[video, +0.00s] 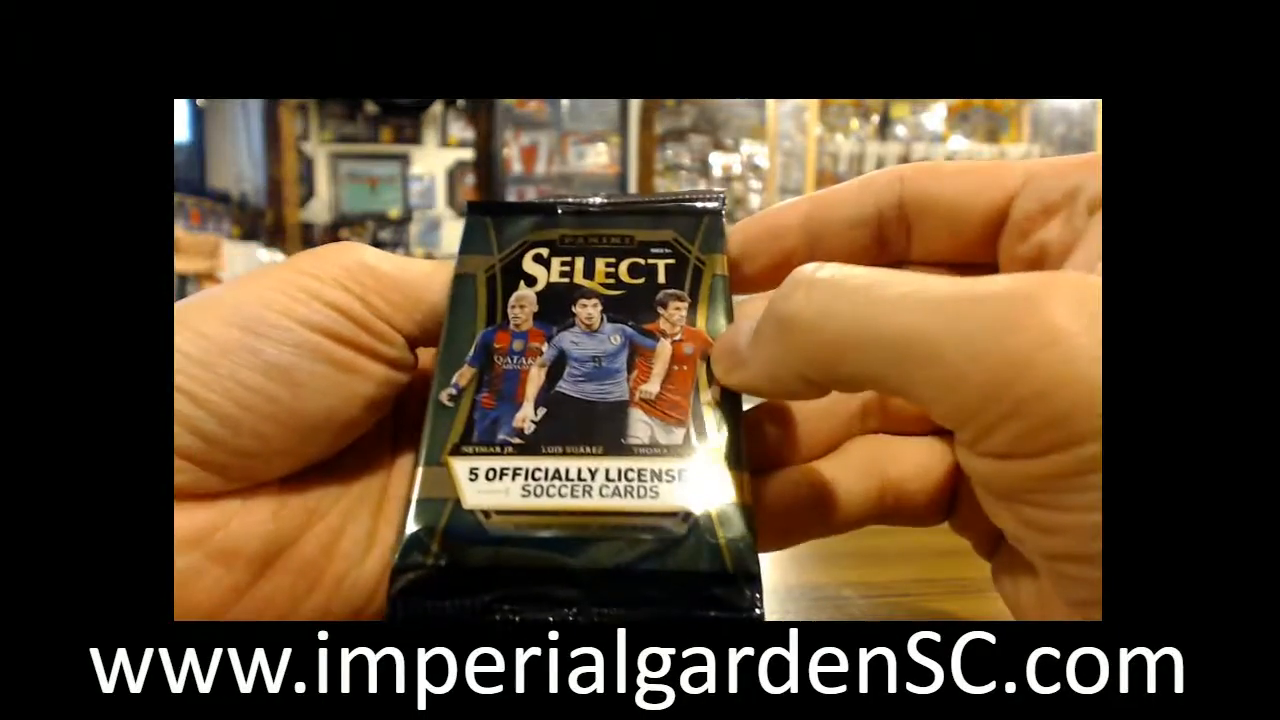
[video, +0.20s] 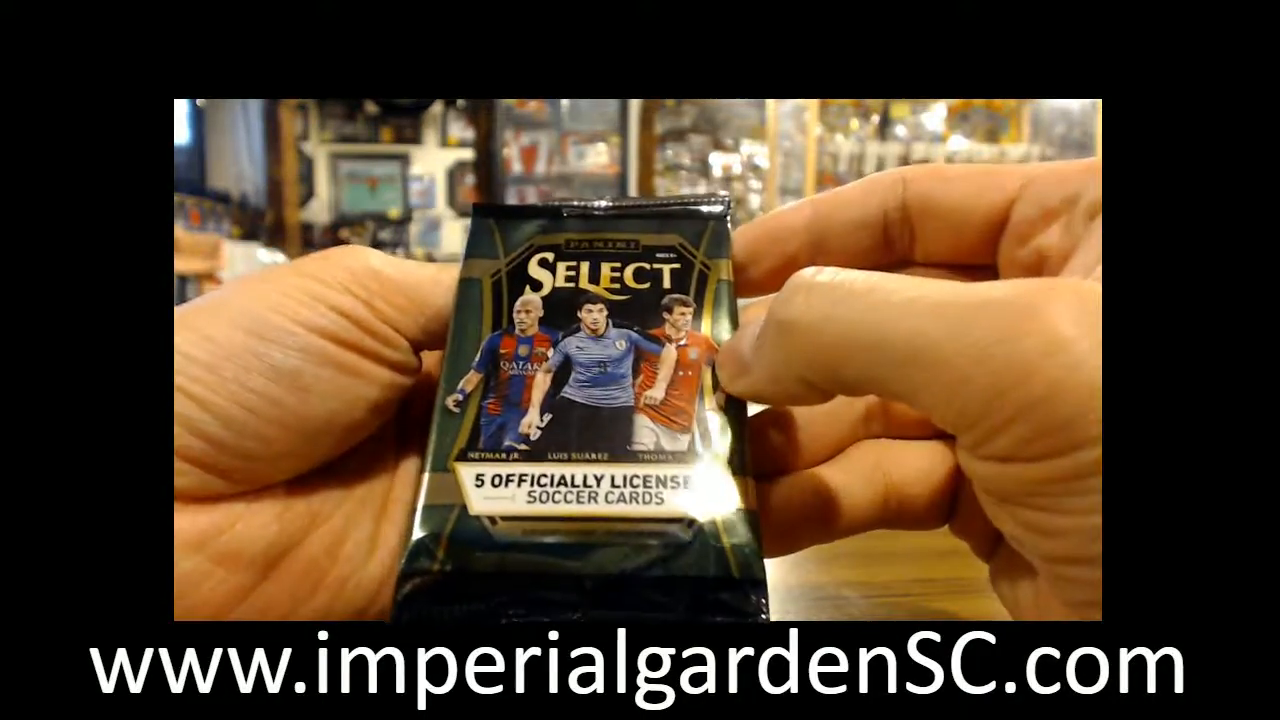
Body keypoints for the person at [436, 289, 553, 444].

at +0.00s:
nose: (516, 312)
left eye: (522, 307)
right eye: (512, 307)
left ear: (534, 308)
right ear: (507, 309)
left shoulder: (546, 337)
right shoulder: (490, 336)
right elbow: (470, 367)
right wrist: (455, 387)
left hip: (519, 407)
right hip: (487, 404)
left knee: (505, 449)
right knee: (480, 453)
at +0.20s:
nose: (522, 317)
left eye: (528, 312)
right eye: (518, 312)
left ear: (540, 313)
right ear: (513, 314)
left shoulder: (552, 341)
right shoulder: (496, 341)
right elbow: (476, 372)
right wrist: (460, 393)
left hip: (526, 412)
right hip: (494, 410)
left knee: (510, 455)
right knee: (487, 459)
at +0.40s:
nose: (522, 315)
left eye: (528, 311)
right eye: (518, 310)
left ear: (540, 312)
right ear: (513, 312)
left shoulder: (553, 340)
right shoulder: (496, 340)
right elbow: (477, 371)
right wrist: (461, 392)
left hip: (526, 412)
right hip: (494, 409)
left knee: (510, 456)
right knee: (488, 459)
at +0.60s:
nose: (517, 310)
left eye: (523, 304)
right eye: (513, 304)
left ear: (536, 305)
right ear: (507, 307)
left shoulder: (551, 339)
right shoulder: (493, 340)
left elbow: (561, 380)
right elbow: (478, 380)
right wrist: (465, 404)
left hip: (536, 423)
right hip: (501, 424)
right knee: (500, 483)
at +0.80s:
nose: (510, 317)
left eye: (517, 310)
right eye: (506, 310)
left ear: (530, 311)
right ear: (500, 313)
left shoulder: (547, 346)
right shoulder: (488, 348)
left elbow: (557, 387)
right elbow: (474, 390)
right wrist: (462, 415)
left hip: (532, 433)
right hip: (498, 434)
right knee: (498, 492)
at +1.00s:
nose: (526, 322)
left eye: (531, 316)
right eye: (521, 316)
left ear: (546, 316)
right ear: (515, 318)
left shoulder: (561, 350)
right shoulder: (508, 353)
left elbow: (567, 390)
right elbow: (496, 389)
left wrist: (560, 430)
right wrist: (484, 412)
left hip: (551, 432)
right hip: (518, 433)